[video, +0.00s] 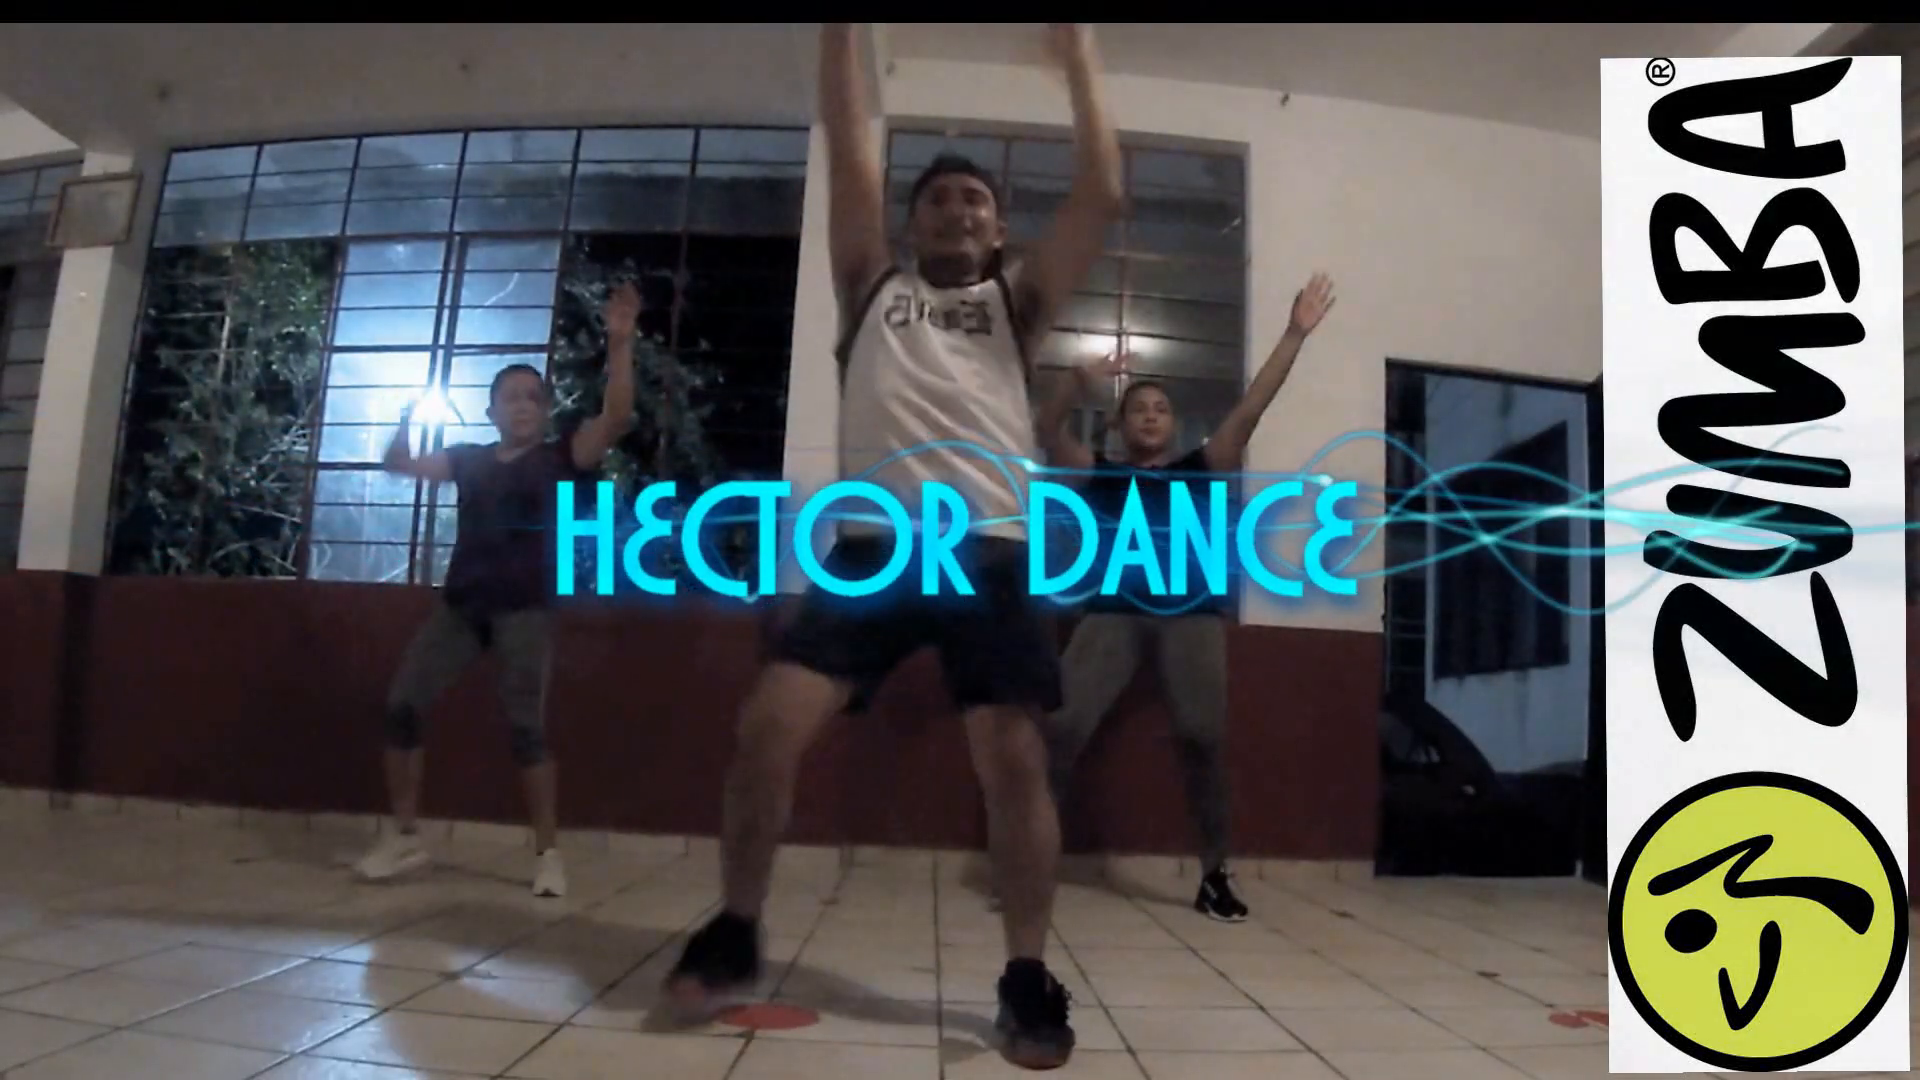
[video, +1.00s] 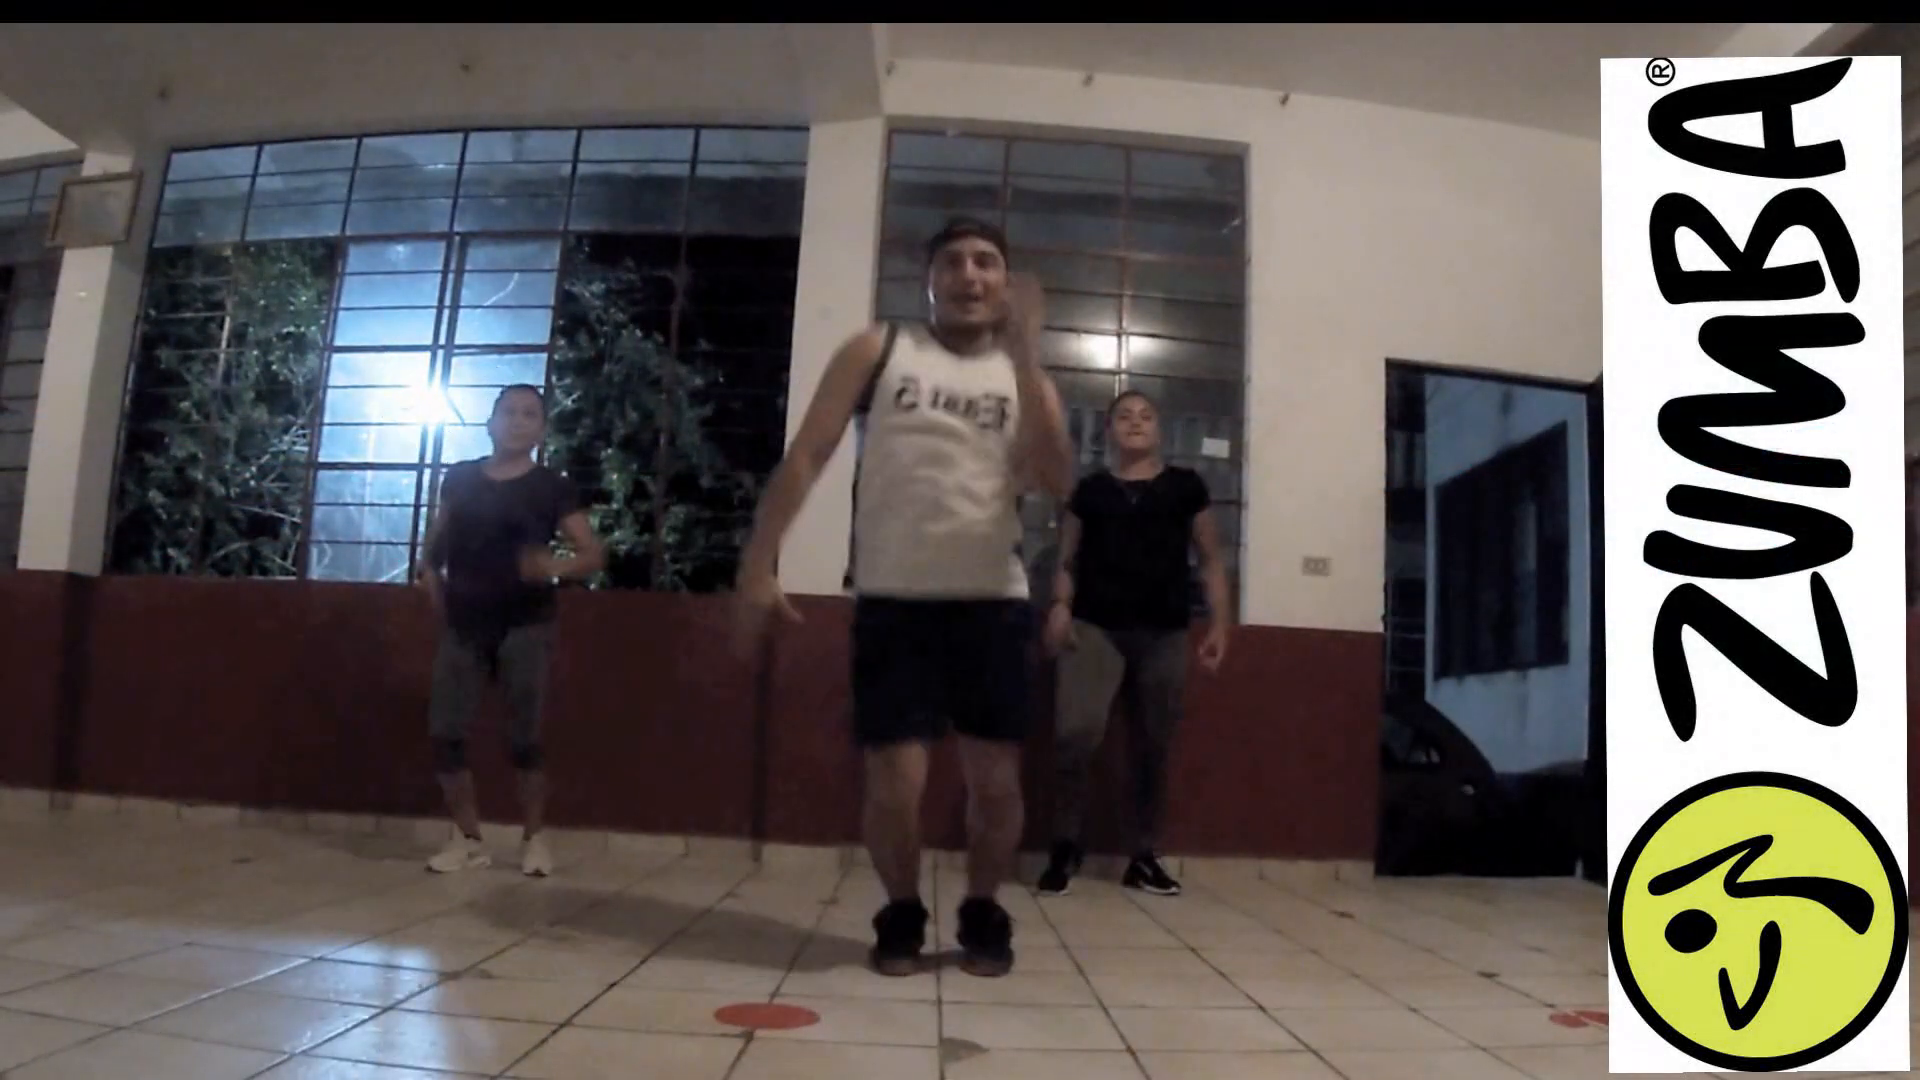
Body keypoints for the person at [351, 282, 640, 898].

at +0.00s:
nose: (522, 406)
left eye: (532, 398)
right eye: (512, 397)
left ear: (546, 409)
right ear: (494, 410)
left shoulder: (561, 457)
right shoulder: (469, 461)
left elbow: (616, 418)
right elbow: (399, 464)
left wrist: (620, 341)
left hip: (525, 610)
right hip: (462, 606)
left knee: (526, 726)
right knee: (404, 704)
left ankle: (547, 855)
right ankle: (405, 835)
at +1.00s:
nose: (516, 421)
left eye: (529, 415)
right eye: (508, 412)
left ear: (542, 429)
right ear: (492, 421)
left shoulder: (552, 487)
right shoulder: (459, 479)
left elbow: (592, 554)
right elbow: (436, 540)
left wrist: (551, 566)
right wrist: (428, 570)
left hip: (525, 625)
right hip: (464, 620)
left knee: (525, 736)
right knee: (446, 732)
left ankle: (534, 838)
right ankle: (468, 839)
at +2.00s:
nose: (487, 412)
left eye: (499, 406)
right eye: (479, 400)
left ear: (508, 419)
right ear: (457, 402)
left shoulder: (510, 479)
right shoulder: (420, 448)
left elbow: (574, 526)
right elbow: (378, 370)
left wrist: (557, 451)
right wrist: (378, 291)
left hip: (483, 612)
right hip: (415, 609)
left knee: (509, 731)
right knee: (361, 729)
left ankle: (538, 862)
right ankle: (355, 858)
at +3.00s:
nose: (514, 416)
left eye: (522, 408)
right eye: (505, 408)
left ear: (537, 413)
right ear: (486, 412)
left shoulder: (552, 462)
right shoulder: (458, 461)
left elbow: (595, 529)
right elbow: (395, 519)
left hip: (526, 607)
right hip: (462, 606)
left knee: (541, 727)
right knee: (437, 729)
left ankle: (571, 848)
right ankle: (445, 847)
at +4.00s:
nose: (559, 418)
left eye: (571, 407)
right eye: (550, 407)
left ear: (594, 414)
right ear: (538, 412)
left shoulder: (622, 473)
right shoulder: (516, 467)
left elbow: (688, 509)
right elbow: (435, 491)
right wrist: (423, 463)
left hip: (592, 630)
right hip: (517, 624)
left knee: (601, 745)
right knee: (442, 726)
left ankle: (646, 866)